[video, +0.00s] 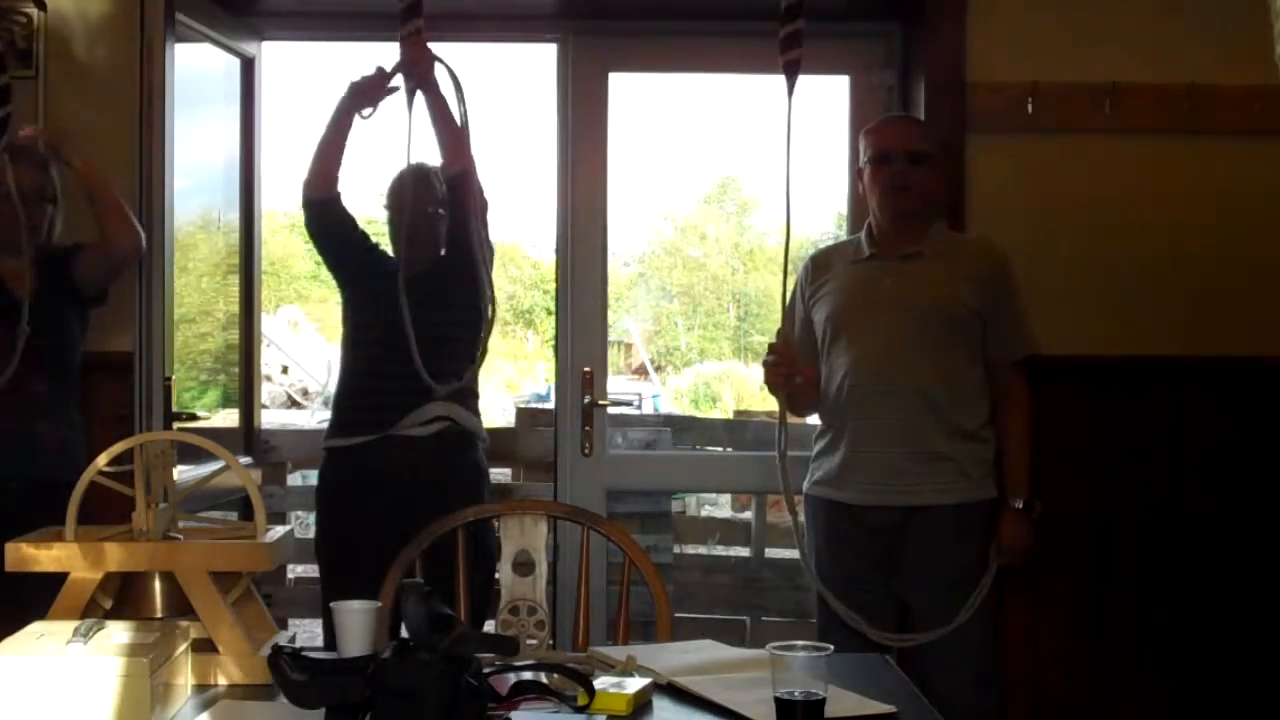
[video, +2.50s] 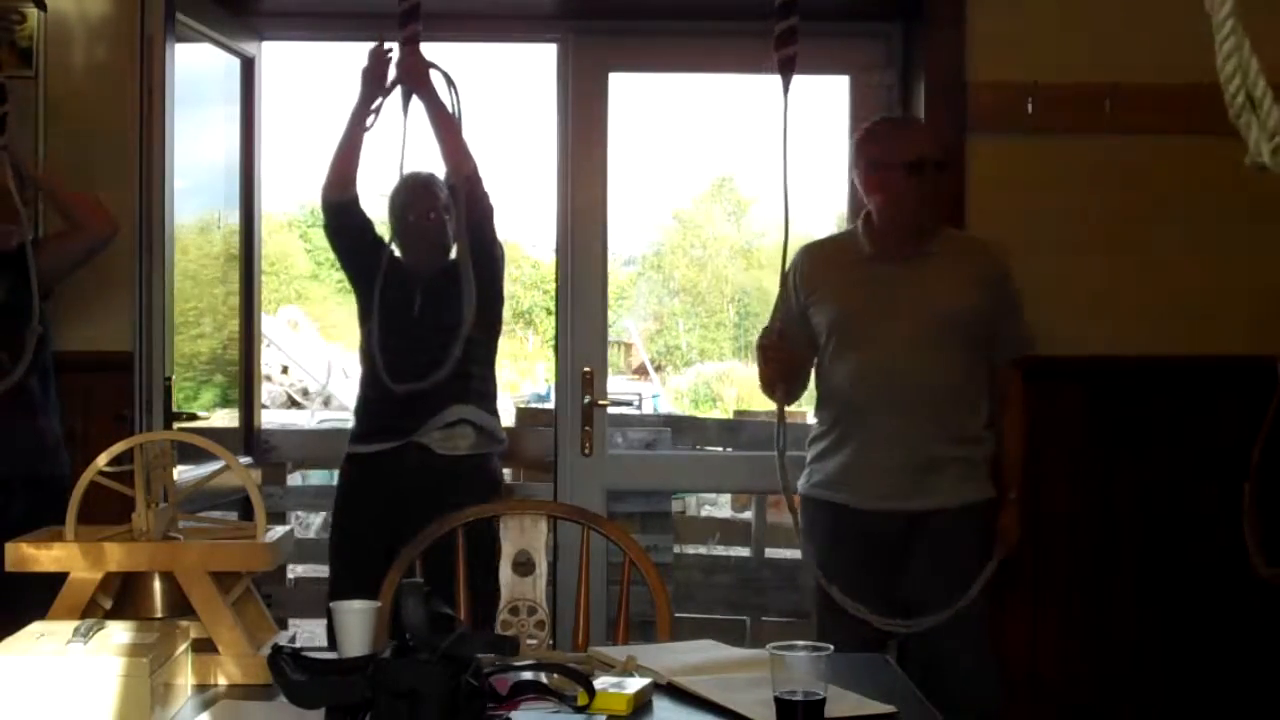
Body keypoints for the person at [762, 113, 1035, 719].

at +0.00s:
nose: (900, 173)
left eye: (917, 160)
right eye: (884, 161)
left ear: (939, 175)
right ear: (862, 177)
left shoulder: (979, 264)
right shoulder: (822, 269)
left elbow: (1010, 389)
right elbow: (805, 397)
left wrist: (1016, 503)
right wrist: (787, 384)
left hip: (952, 509)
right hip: (842, 508)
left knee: (953, 684)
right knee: (853, 681)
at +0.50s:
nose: (879, 171)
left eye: (898, 158)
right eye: (869, 160)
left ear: (933, 175)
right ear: (857, 177)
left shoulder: (977, 264)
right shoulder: (821, 269)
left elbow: (1009, 387)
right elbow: (810, 394)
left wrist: (1011, 502)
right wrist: (779, 386)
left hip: (948, 508)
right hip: (841, 507)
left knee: (951, 682)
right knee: (852, 679)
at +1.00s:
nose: (867, 169)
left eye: (887, 158)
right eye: (862, 159)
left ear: (930, 176)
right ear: (853, 174)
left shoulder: (976, 262)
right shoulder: (824, 269)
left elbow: (1010, 387)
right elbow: (813, 394)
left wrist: (1010, 500)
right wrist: (778, 386)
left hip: (947, 511)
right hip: (841, 508)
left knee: (950, 684)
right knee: (850, 680)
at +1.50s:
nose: (859, 171)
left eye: (879, 159)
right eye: (856, 160)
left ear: (924, 176)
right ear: (848, 175)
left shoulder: (970, 260)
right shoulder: (821, 270)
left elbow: (1005, 383)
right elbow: (810, 395)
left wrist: (1006, 498)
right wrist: (775, 386)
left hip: (941, 506)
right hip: (836, 505)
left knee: (946, 681)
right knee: (847, 678)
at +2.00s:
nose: (846, 173)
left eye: (865, 161)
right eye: (843, 162)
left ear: (910, 178)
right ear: (838, 175)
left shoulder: (958, 262)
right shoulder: (811, 272)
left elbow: (996, 383)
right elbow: (800, 397)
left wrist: (997, 498)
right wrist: (769, 386)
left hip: (933, 508)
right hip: (829, 508)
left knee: (940, 678)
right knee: (841, 676)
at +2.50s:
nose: (917, 180)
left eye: (924, 167)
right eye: (897, 168)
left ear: (936, 176)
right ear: (860, 179)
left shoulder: (979, 265)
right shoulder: (816, 264)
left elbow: (1010, 388)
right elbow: (784, 390)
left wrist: (1012, 499)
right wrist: (773, 361)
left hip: (954, 507)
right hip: (844, 506)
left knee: (954, 678)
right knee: (852, 676)